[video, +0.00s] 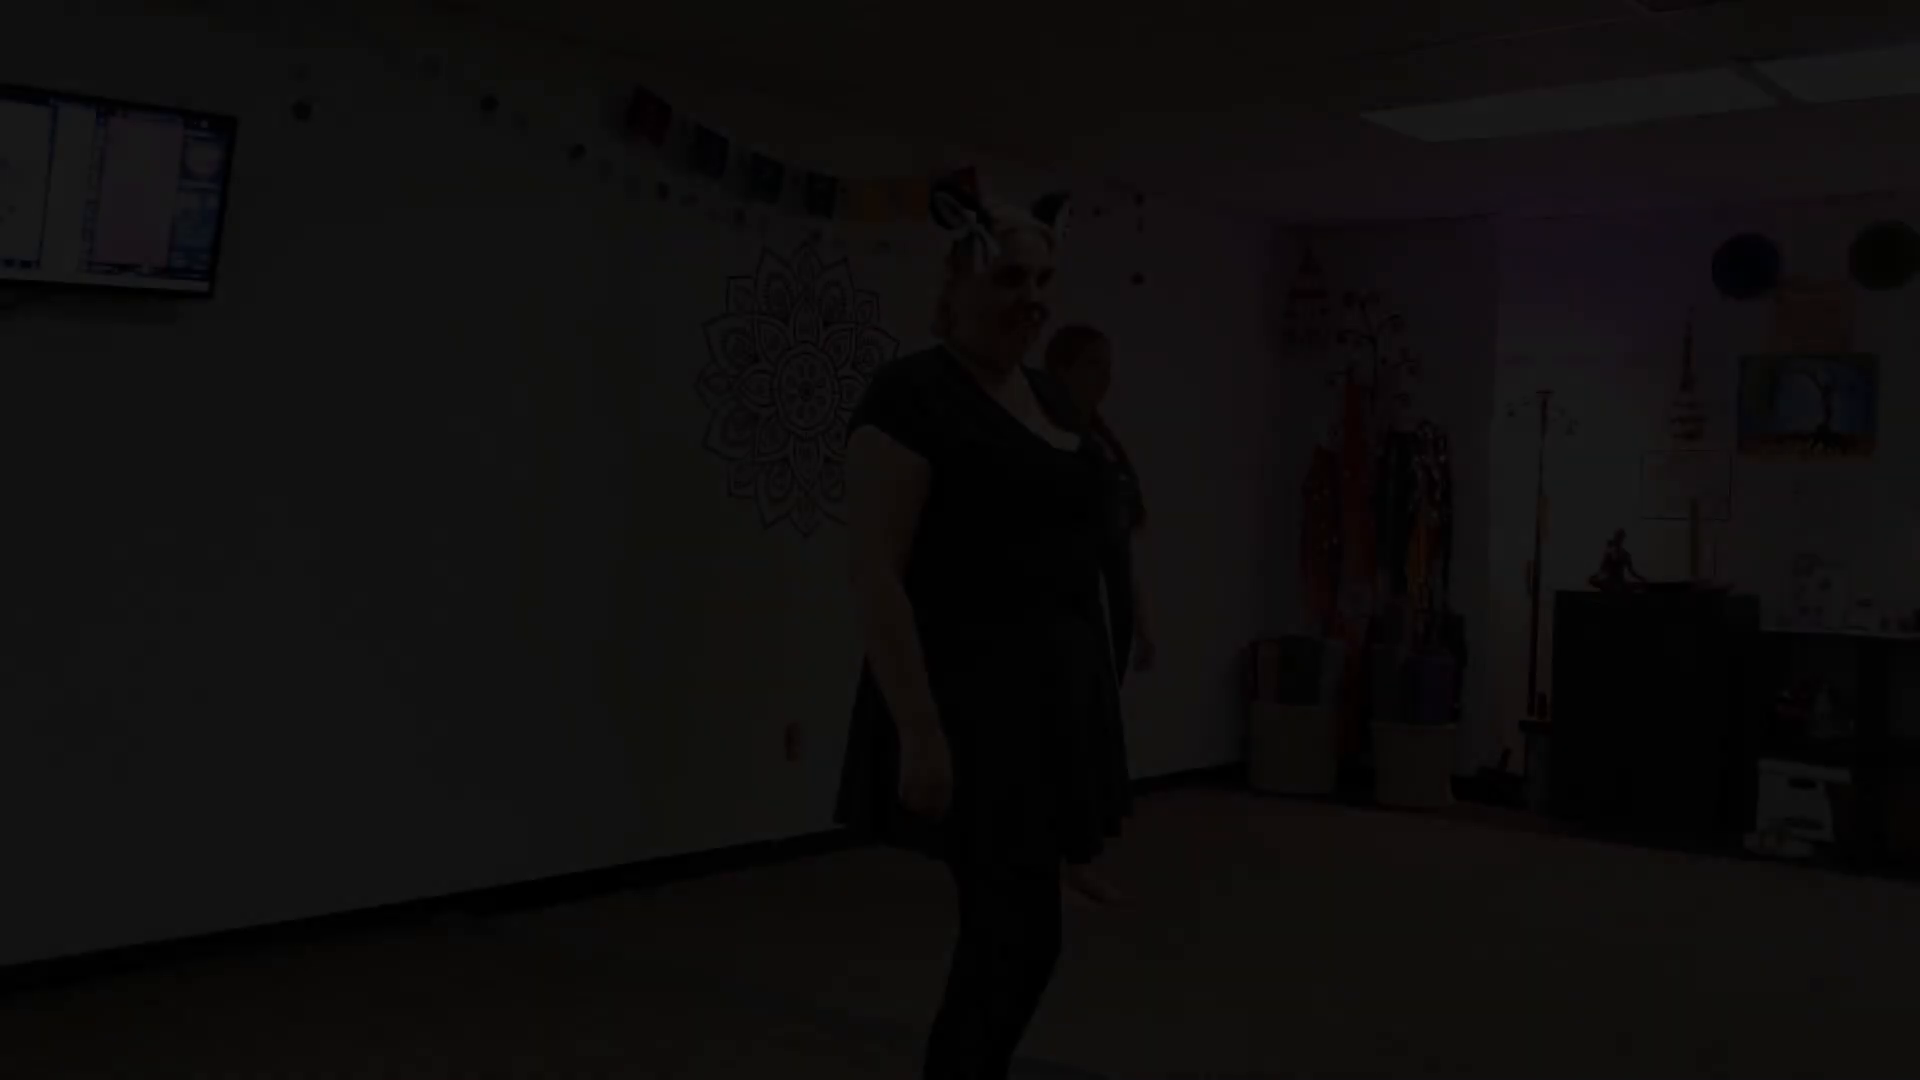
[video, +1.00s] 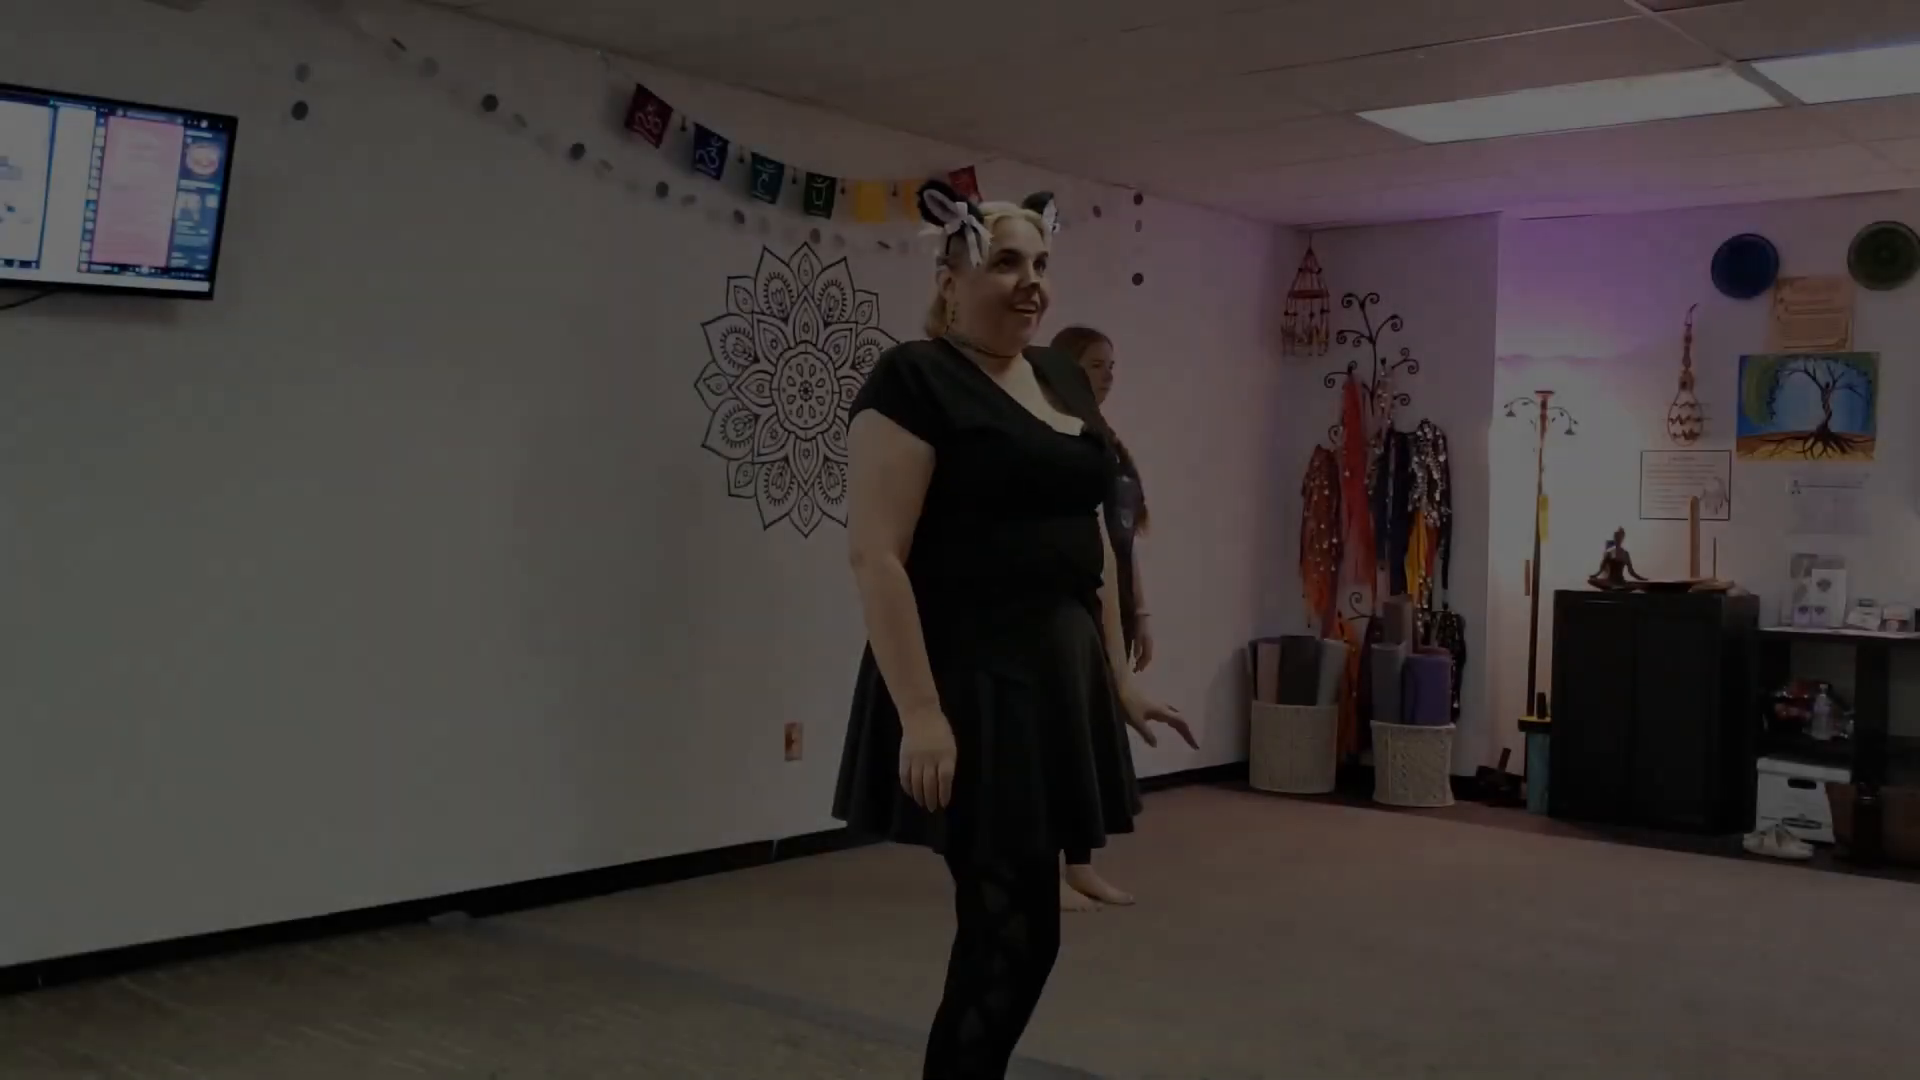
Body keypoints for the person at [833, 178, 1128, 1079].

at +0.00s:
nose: (1032, 300)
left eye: (1043, 282)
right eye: (1010, 279)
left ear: (1050, 291)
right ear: (957, 286)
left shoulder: (1040, 403)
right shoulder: (913, 396)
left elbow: (1070, 564)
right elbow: (874, 571)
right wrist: (919, 730)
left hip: (1048, 704)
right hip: (963, 709)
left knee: (1019, 940)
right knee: (1008, 945)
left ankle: (972, 1070)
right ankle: (957, 1075)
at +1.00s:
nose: (1032, 281)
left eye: (1042, 265)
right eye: (1008, 263)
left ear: (1049, 278)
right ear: (952, 279)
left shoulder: (1051, 386)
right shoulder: (913, 380)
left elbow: (1089, 553)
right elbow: (875, 556)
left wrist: (1122, 685)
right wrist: (920, 714)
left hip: (1052, 688)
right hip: (969, 693)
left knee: (1013, 937)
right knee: (1009, 940)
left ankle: (967, 1068)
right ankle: (956, 1071)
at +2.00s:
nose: (1028, 283)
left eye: (1036, 268)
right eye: (1004, 264)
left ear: (1043, 283)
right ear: (941, 282)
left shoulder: (1053, 394)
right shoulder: (902, 388)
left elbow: (1092, 555)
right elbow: (863, 564)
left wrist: (1112, 681)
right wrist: (910, 721)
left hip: (1055, 690)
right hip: (959, 692)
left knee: (1015, 938)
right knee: (1015, 940)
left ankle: (967, 1072)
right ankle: (955, 1070)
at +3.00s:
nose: (1027, 284)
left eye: (1031, 269)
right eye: (1000, 271)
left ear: (1039, 282)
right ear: (941, 298)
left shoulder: (1051, 386)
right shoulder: (910, 379)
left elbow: (1102, 535)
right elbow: (897, 554)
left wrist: (1124, 675)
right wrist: (931, 720)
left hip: (1060, 683)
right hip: (968, 689)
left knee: (1021, 937)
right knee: (1019, 941)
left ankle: (969, 1069)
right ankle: (957, 1072)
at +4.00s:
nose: (1088, 268)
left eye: (1106, 248)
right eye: (1063, 254)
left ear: (1138, 267)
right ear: (1032, 282)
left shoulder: (1197, 397)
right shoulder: (988, 393)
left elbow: (1281, 551)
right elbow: (886, 557)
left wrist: (1395, 457)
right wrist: (773, 680)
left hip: (1159, 717)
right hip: (1012, 718)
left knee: (1180, 979)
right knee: (1079, 1006)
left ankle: (1054, 1063)